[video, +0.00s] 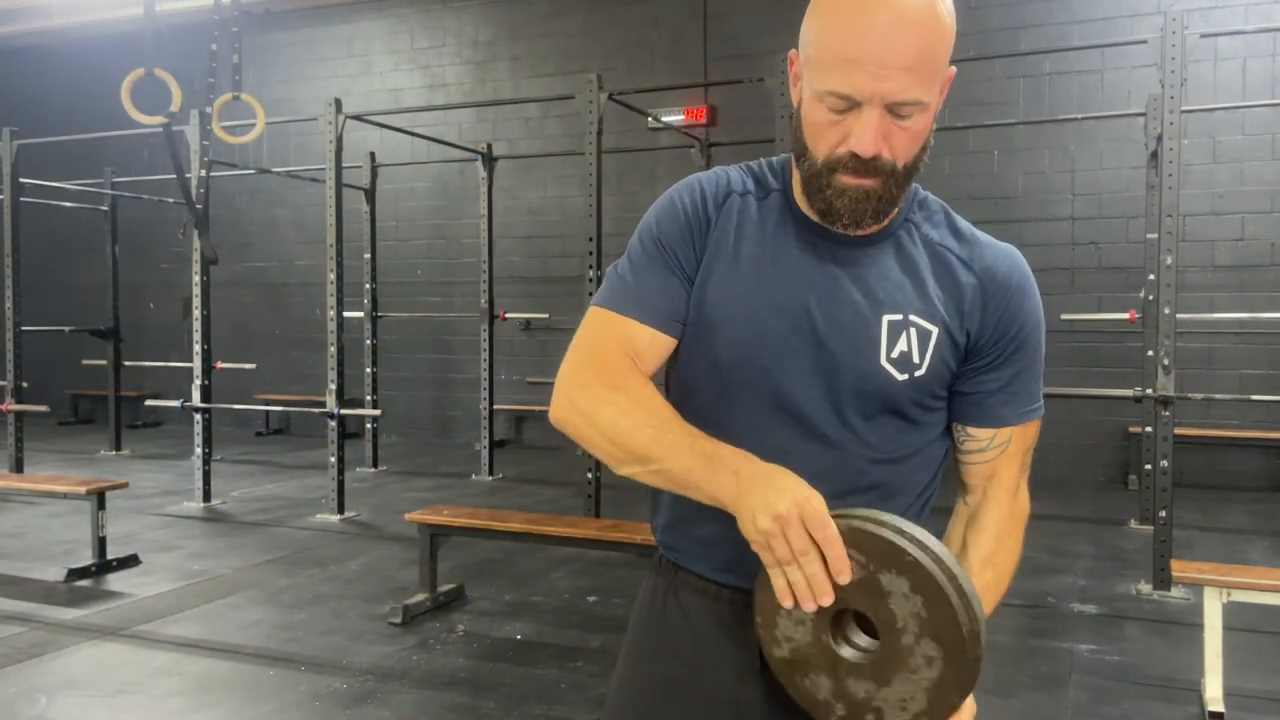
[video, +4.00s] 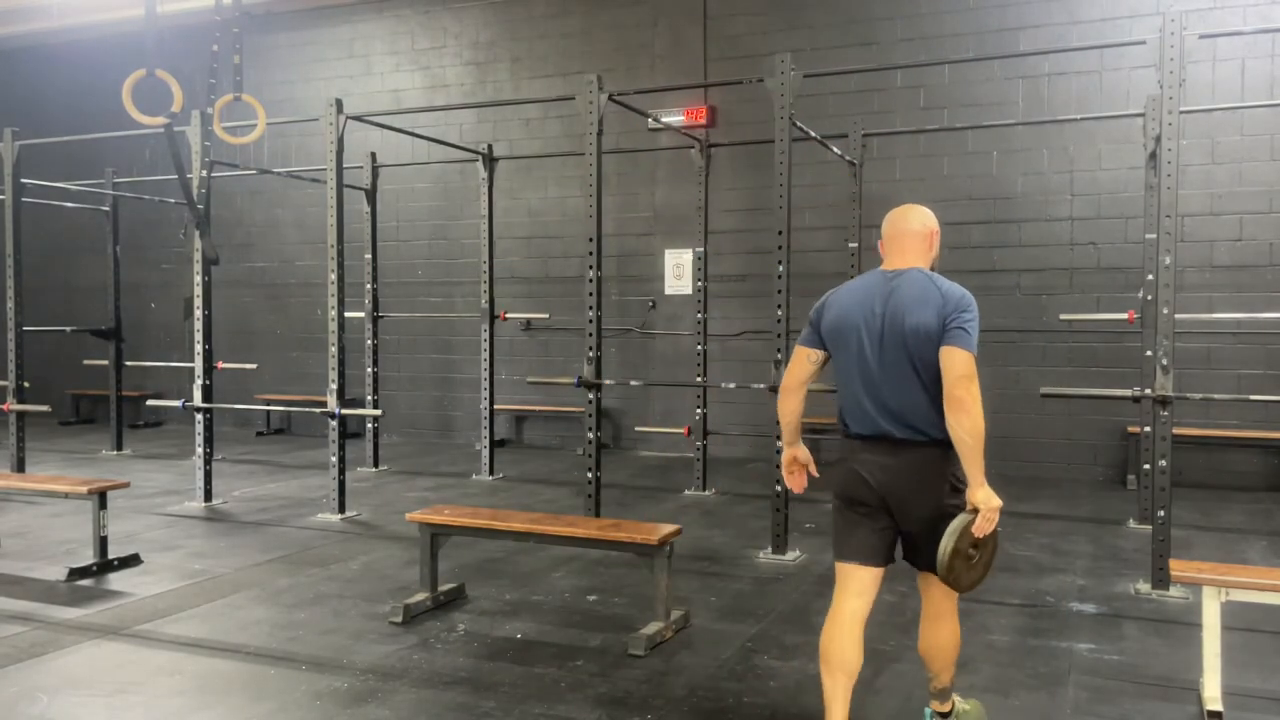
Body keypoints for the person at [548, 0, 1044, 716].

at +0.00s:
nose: (867, 143)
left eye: (901, 111)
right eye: (840, 105)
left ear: (941, 99)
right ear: (795, 79)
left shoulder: (989, 283)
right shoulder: (700, 217)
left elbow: (995, 491)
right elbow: (587, 390)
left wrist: (938, 659)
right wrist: (742, 479)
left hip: (871, 648)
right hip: (693, 627)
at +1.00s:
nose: (774, 158)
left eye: (806, 131)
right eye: (753, 117)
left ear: (831, 127)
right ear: (701, 84)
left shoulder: (846, 270)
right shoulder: (589, 242)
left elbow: (869, 437)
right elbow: (462, 428)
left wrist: (933, 607)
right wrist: (505, 623)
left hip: (788, 627)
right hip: (620, 626)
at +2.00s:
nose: (734, 206)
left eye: (740, 187)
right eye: (737, 181)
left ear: (668, 155)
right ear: (702, 154)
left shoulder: (584, 250)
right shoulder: (642, 249)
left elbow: (569, 423)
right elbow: (587, 415)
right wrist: (634, 589)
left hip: (578, 549)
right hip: (622, 555)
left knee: (611, 702)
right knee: (650, 705)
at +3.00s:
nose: (866, 223)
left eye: (863, 215)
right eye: (867, 213)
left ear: (790, 219)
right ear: (858, 210)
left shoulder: (725, 274)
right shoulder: (881, 280)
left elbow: (659, 382)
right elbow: (908, 413)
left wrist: (651, 469)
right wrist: (940, 518)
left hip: (742, 501)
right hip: (834, 507)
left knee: (751, 648)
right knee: (826, 684)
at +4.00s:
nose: (937, 250)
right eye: (938, 242)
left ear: (880, 247)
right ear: (933, 244)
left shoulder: (837, 301)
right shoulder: (953, 300)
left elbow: (793, 381)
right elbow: (959, 394)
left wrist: (791, 441)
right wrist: (978, 482)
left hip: (859, 467)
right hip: (928, 471)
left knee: (848, 601)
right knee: (939, 599)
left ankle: (835, 715)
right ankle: (941, 706)